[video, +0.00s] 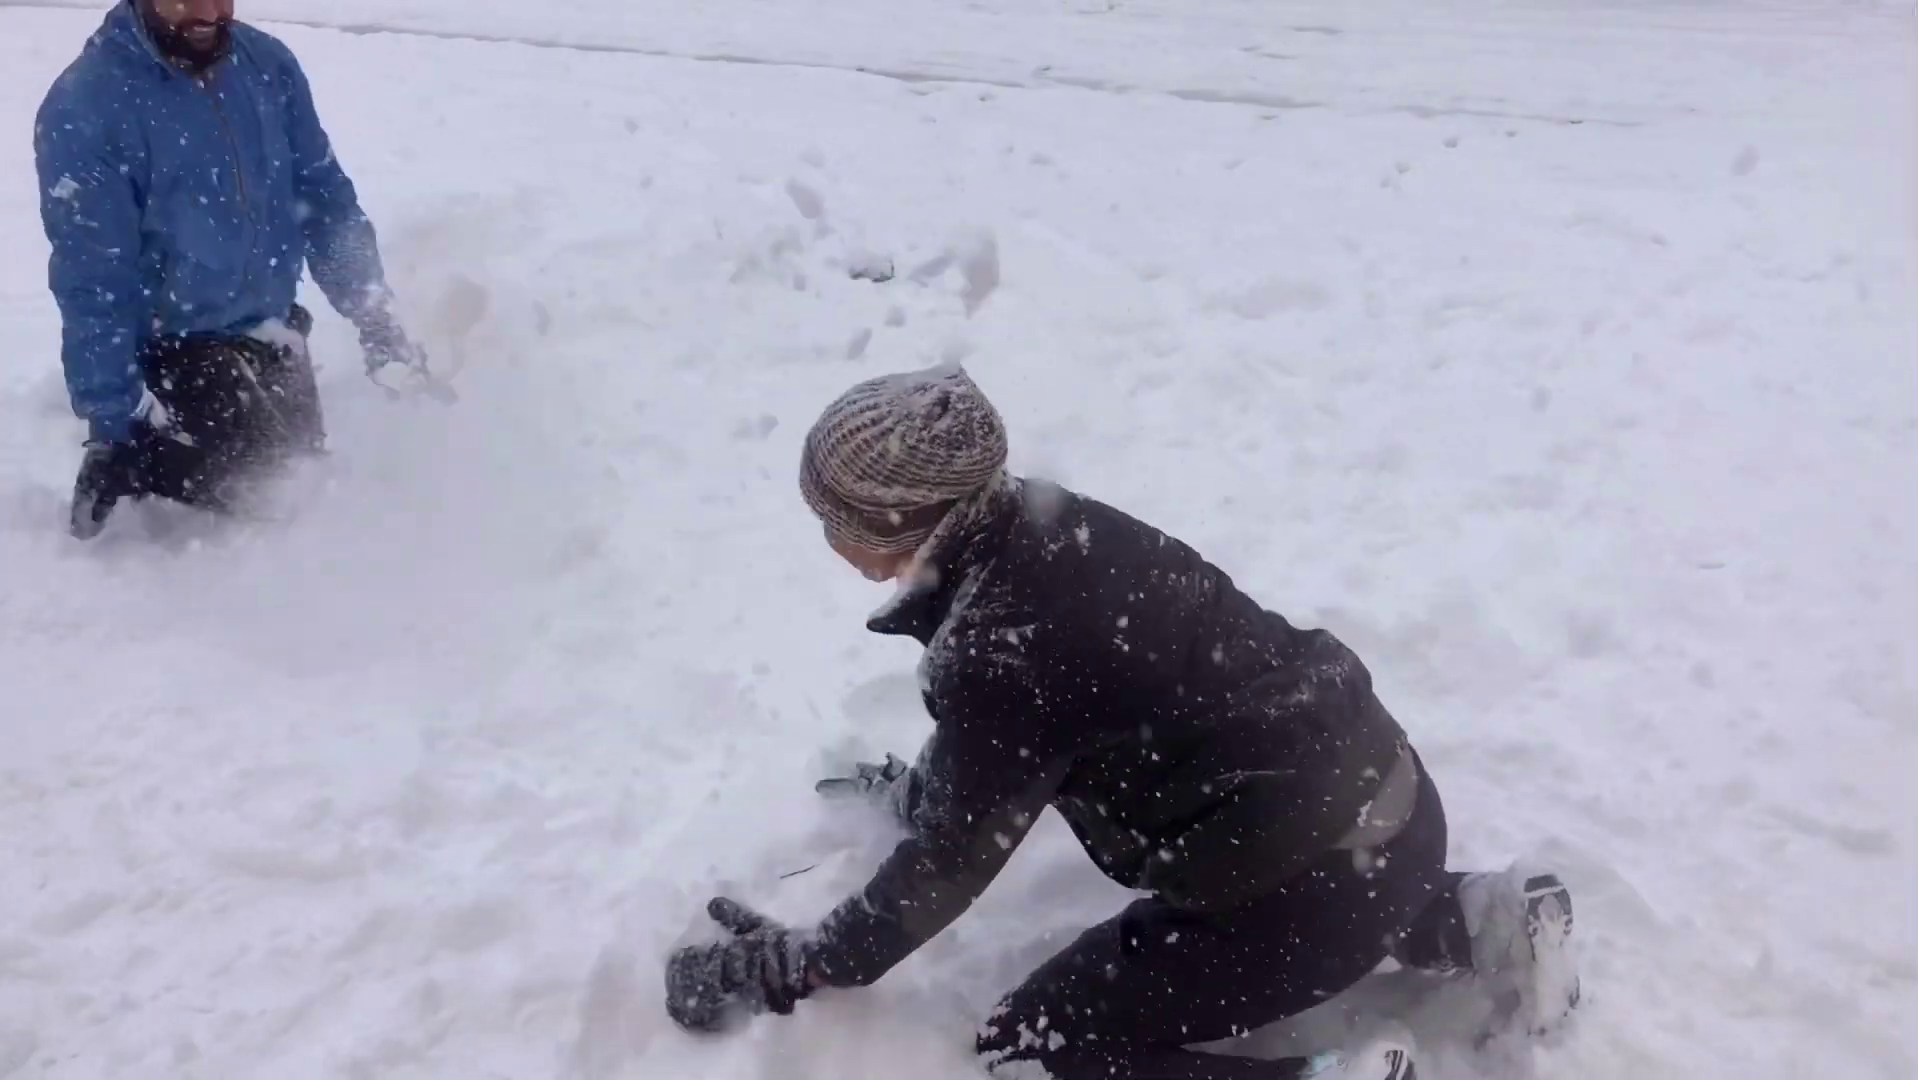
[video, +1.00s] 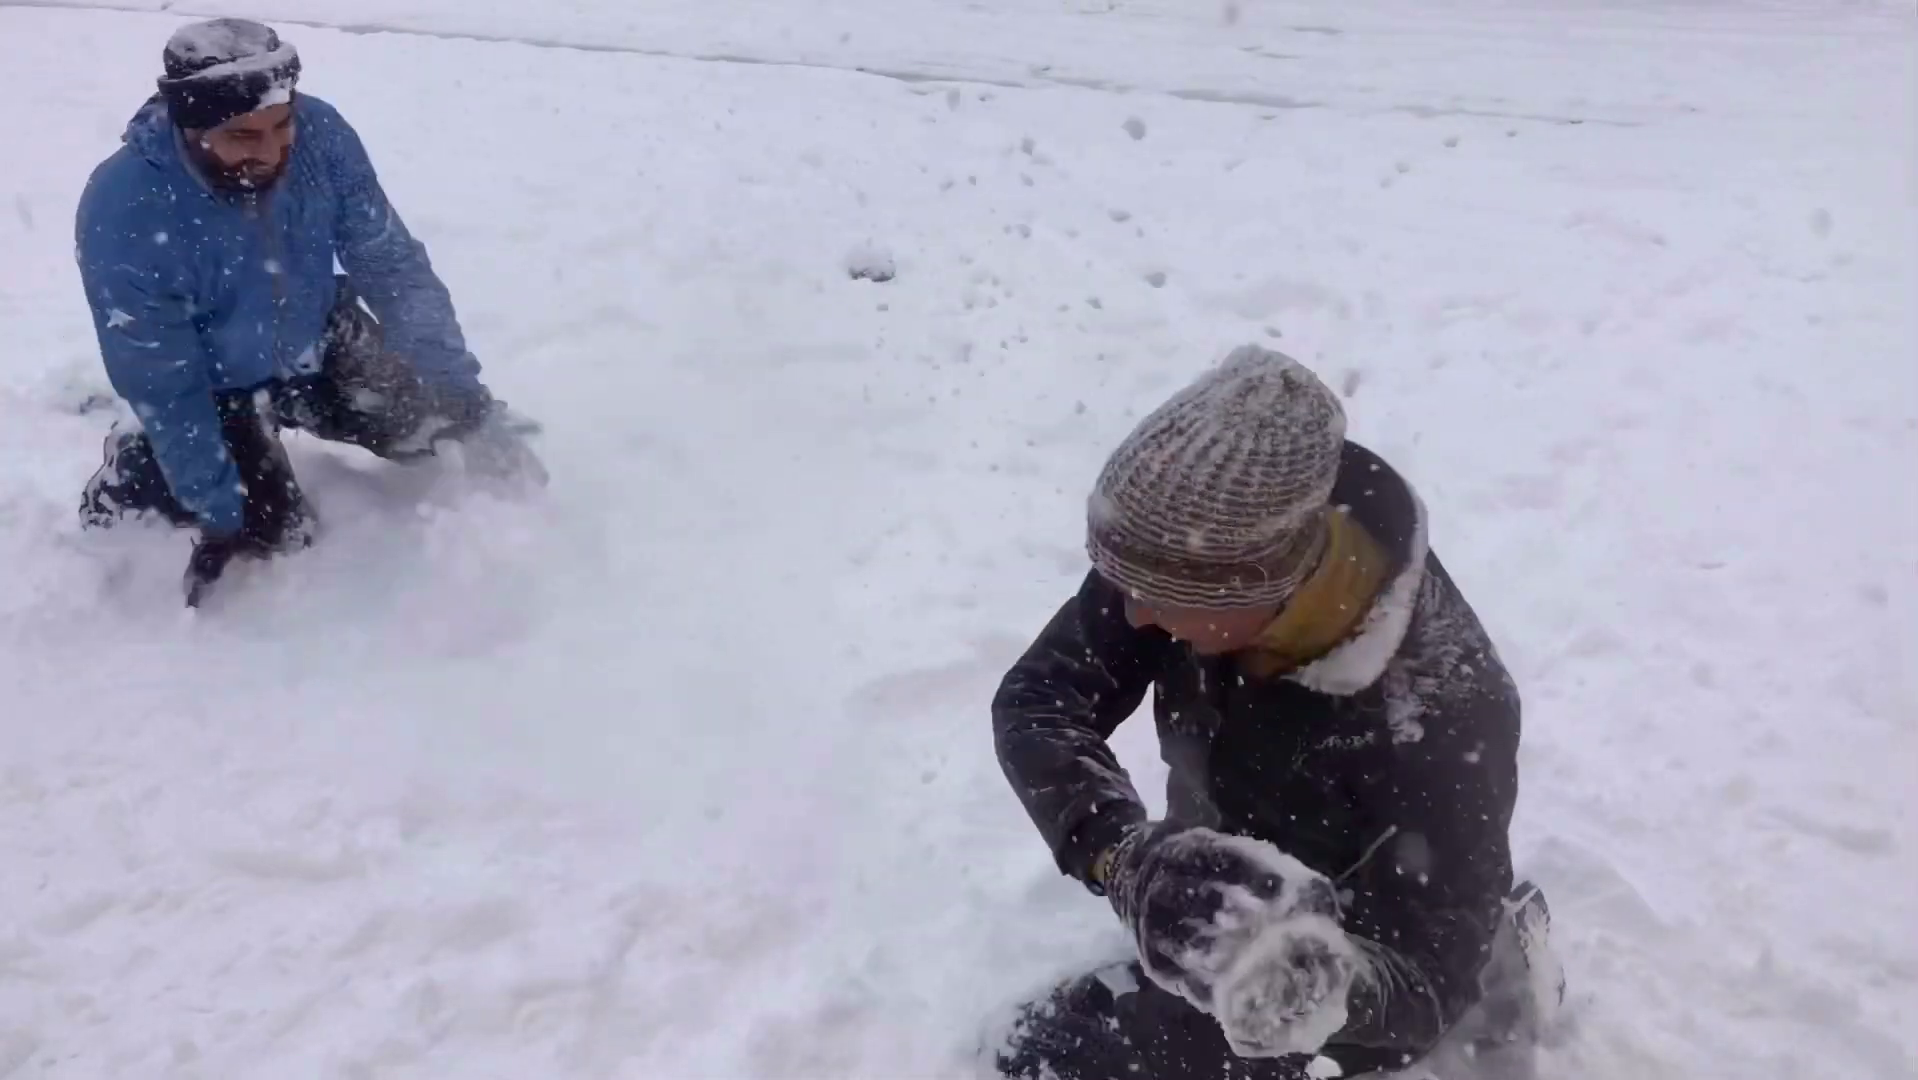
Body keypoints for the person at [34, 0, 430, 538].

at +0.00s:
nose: (209, 11)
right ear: (145, 1)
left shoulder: (267, 64)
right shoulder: (86, 107)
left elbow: (324, 199)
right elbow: (92, 281)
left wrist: (375, 317)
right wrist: (114, 429)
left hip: (274, 331)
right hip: (172, 348)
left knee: (304, 485)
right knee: (252, 496)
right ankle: (130, 467)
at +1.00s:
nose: (270, 151)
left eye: (282, 126)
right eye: (243, 136)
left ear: (293, 108)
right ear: (191, 128)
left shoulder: (317, 136)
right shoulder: (123, 213)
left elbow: (394, 270)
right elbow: (164, 387)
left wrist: (466, 406)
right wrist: (221, 522)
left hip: (312, 341)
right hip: (211, 387)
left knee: (437, 431)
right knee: (278, 529)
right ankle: (140, 471)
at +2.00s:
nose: (584, 151)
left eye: (597, 130)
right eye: (564, 131)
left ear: (614, 127)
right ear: (520, 129)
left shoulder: (643, 204)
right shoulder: (452, 206)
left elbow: (661, 351)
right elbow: (479, 384)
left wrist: (682, 480)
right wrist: (591, 503)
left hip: (556, 406)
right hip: (423, 402)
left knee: (612, 533)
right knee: (311, 545)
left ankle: (526, 471)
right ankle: (236, 475)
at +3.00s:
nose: (463, 180)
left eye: (485, 156)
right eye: (443, 155)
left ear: (529, 150)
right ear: (420, 148)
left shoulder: (593, 231)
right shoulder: (354, 257)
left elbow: (625, 407)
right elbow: (305, 444)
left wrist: (662, 565)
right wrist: (272, 602)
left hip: (523, 436)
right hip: (391, 466)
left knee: (600, 552)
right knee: (485, 636)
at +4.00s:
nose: (388, 187)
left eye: (399, 163)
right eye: (363, 173)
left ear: (426, 117)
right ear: (332, 149)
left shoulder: (513, 108)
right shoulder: (305, 167)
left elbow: (588, 268)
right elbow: (365, 332)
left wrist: (574, 421)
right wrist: (514, 420)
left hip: (600, 411)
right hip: (463, 441)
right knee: (476, 652)